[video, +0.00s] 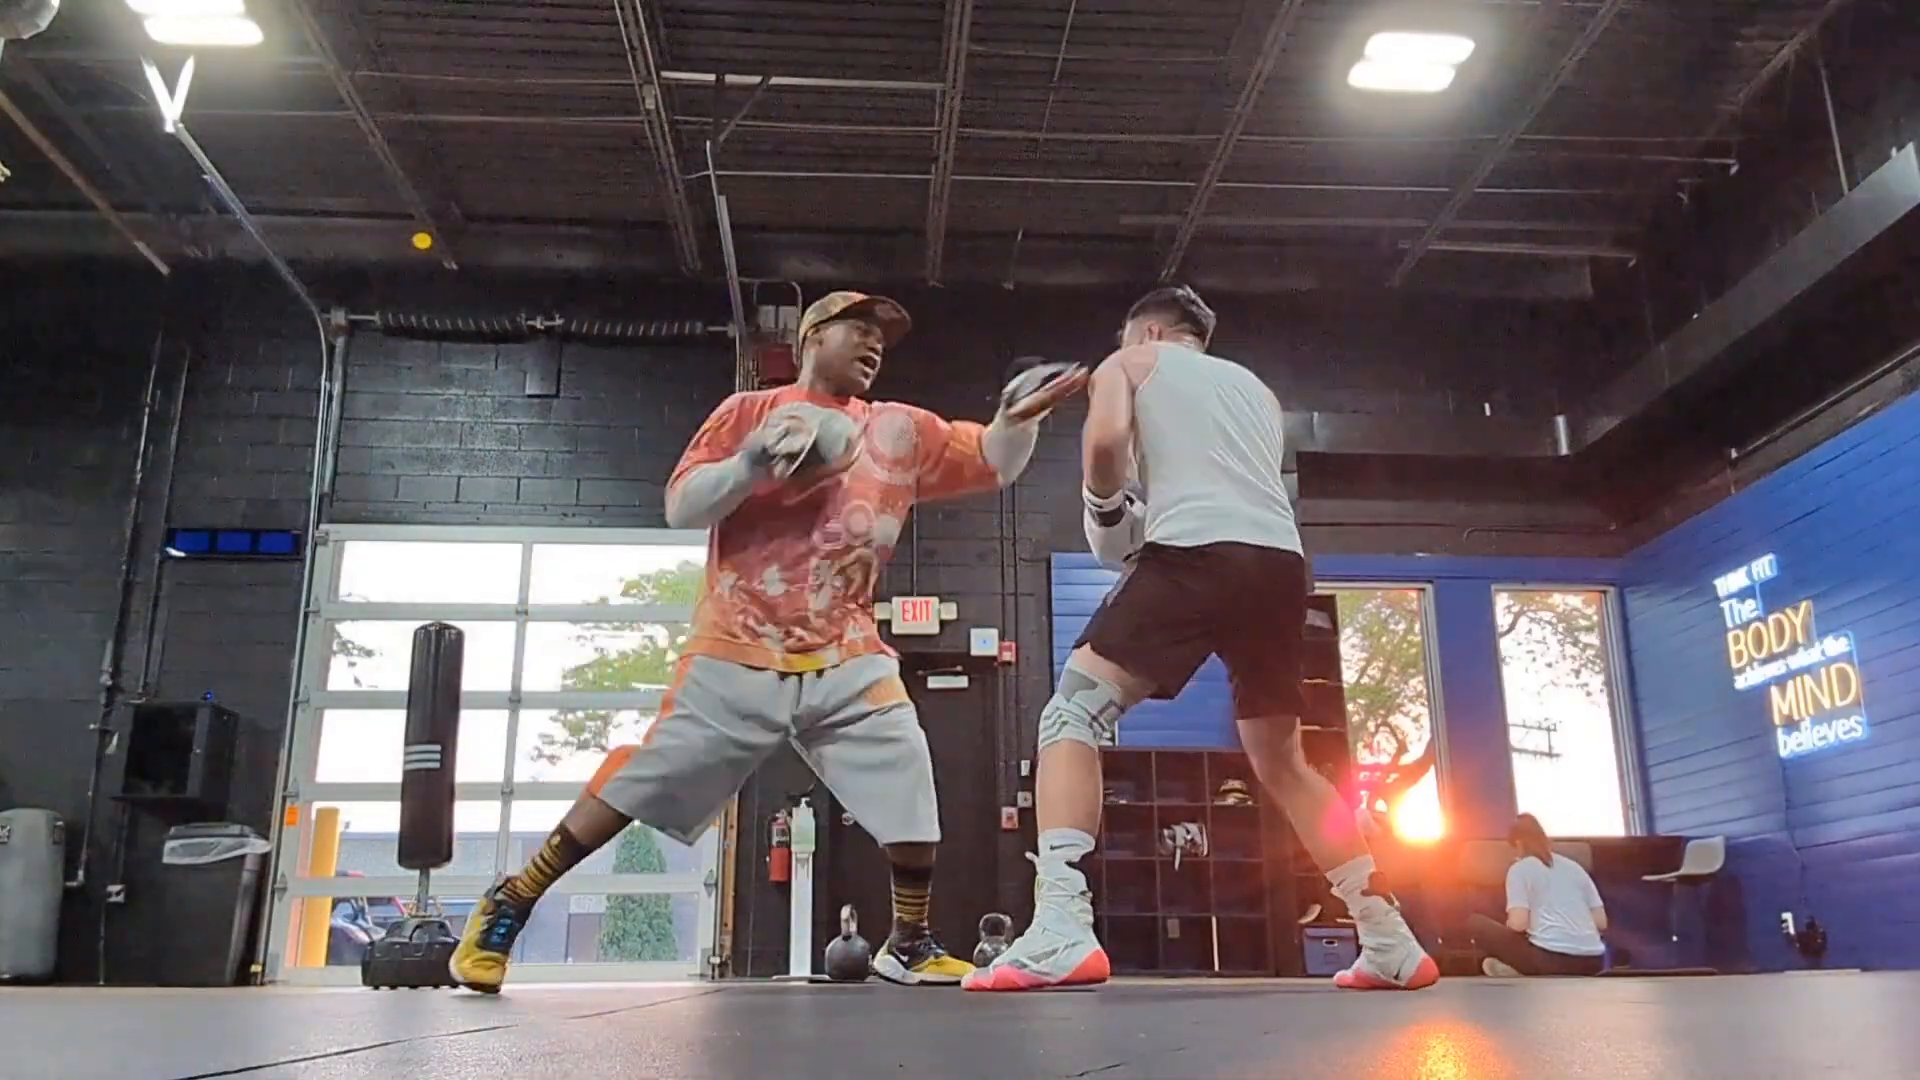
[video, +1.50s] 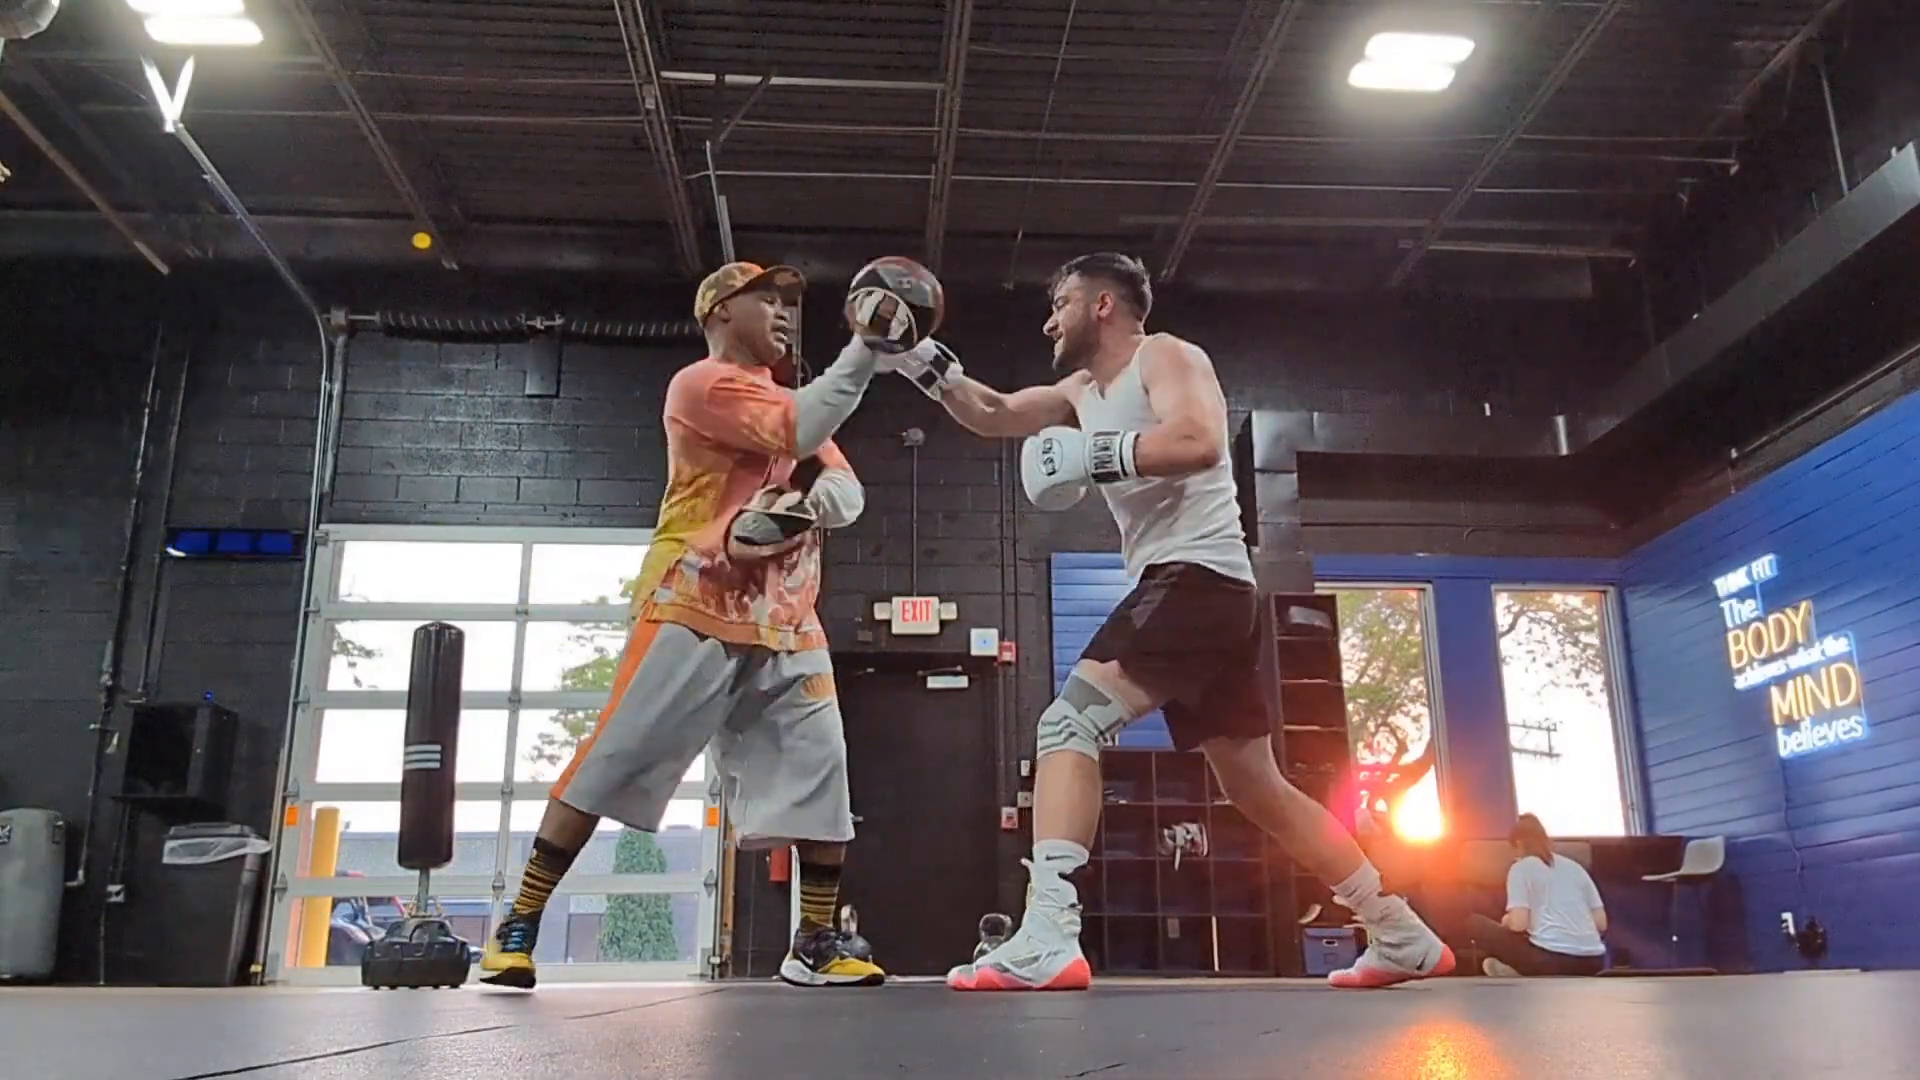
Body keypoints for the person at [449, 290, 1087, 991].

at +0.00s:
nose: (875, 338)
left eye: (881, 330)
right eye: (858, 322)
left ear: (879, 352)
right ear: (810, 335)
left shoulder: (902, 428)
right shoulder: (749, 411)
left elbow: (996, 465)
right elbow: (683, 505)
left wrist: (1015, 419)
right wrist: (755, 458)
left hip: (848, 644)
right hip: (737, 641)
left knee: (907, 762)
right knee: (656, 770)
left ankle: (908, 943)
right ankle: (512, 902)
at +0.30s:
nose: (921, 348)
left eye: (922, 338)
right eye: (907, 334)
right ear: (865, 340)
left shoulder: (888, 427)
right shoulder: (856, 377)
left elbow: (857, 563)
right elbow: (991, 395)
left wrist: (923, 596)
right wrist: (1072, 409)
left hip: (858, 624)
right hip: (789, 604)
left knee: (913, 754)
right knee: (705, 749)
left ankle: (905, 940)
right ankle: (548, 893)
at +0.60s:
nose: (864, 333)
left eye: (873, 325)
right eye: (849, 317)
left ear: (878, 343)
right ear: (806, 326)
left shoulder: (904, 415)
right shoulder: (751, 411)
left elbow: (994, 418)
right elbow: (699, 514)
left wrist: (1074, 385)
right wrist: (781, 479)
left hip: (853, 630)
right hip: (748, 617)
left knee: (911, 746)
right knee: (665, 753)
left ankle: (908, 935)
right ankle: (545, 921)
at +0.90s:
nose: (821, 329)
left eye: (824, 320)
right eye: (804, 313)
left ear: (821, 336)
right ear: (751, 318)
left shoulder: (828, 422)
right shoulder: (707, 399)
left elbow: (816, 524)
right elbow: (749, 459)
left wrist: (847, 559)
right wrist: (745, 341)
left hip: (824, 626)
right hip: (726, 624)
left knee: (888, 768)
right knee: (646, 769)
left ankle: (900, 938)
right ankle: (539, 934)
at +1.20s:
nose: (762, 309)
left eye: (766, 301)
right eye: (745, 295)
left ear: (767, 324)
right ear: (698, 310)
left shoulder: (789, 409)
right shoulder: (655, 397)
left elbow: (867, 480)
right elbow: (657, 484)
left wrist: (966, 442)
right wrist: (764, 447)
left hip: (786, 616)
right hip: (687, 612)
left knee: (846, 765)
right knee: (618, 768)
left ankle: (871, 936)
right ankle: (527, 937)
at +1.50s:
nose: (785, 312)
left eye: (788, 303)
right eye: (769, 297)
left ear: (786, 322)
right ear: (720, 312)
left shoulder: (796, 403)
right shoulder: (697, 384)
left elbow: (847, 491)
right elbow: (797, 427)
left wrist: (815, 504)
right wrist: (864, 350)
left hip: (785, 610)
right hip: (696, 603)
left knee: (821, 760)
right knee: (616, 754)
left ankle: (817, 939)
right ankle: (521, 921)